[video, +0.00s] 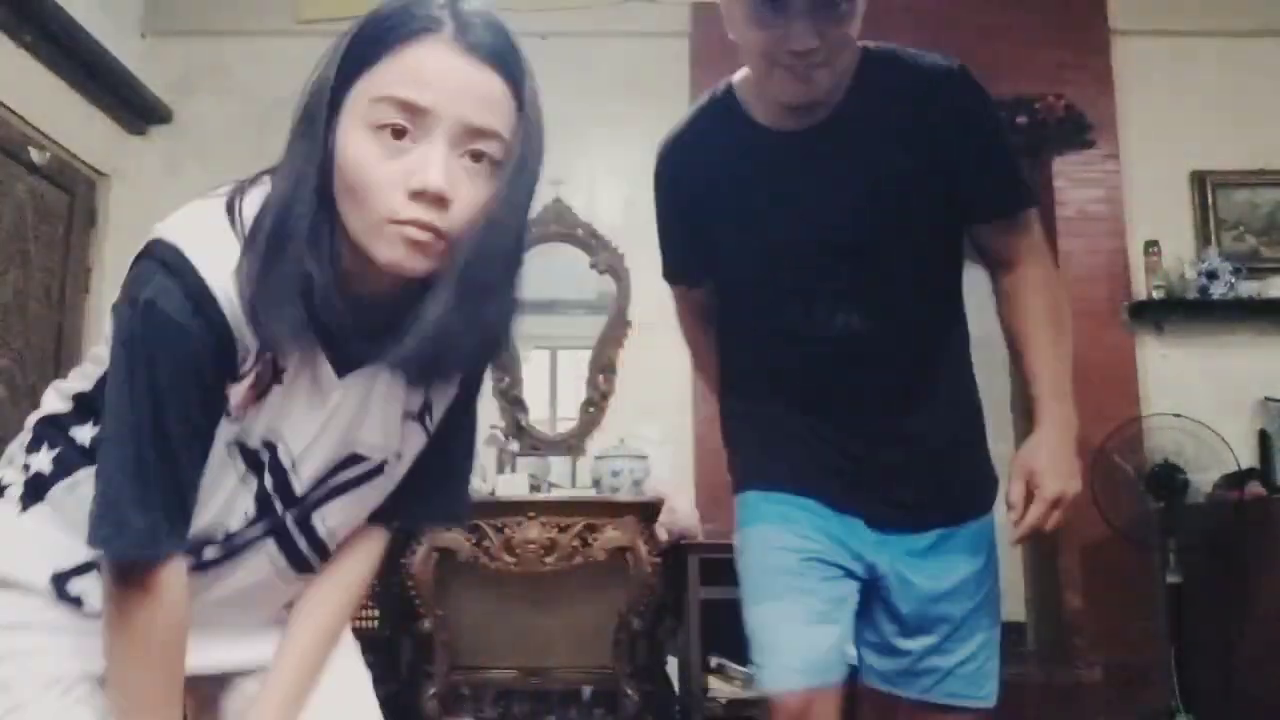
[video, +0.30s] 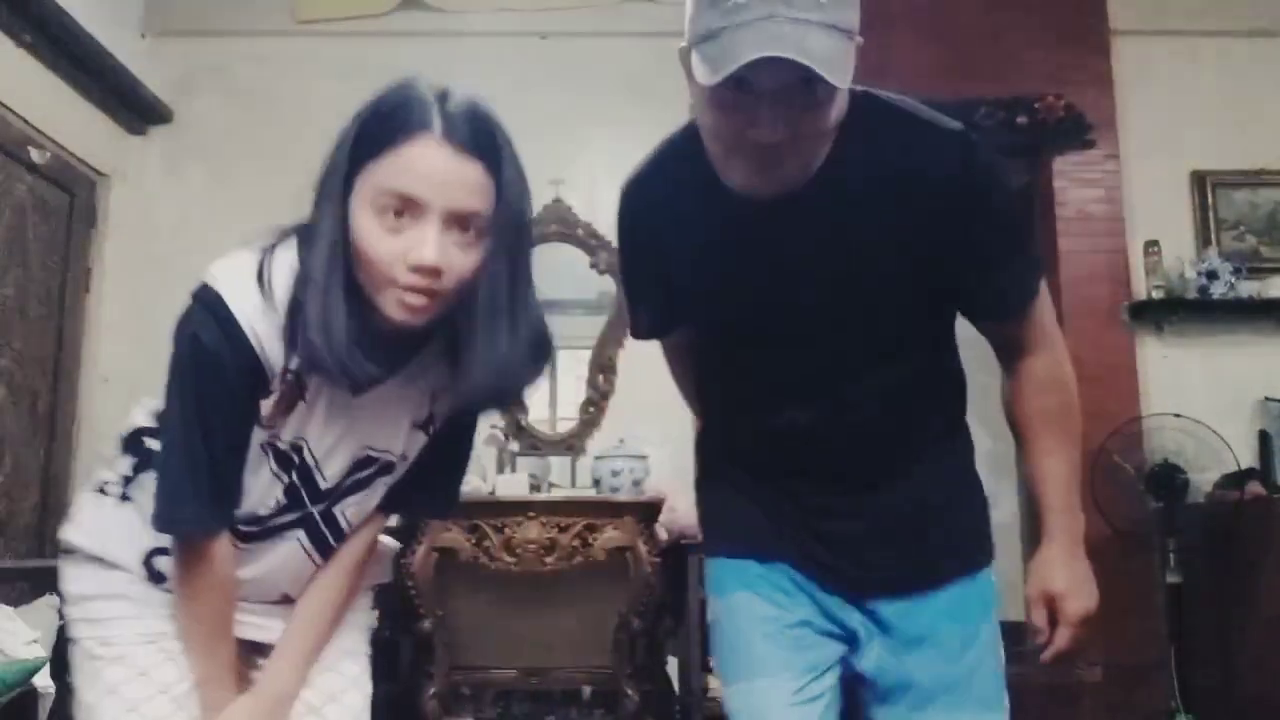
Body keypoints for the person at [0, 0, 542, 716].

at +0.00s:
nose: (434, 183)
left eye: (479, 156)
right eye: (397, 131)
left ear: (509, 187)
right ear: (327, 129)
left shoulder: (459, 309)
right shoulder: (192, 280)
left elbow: (371, 528)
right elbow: (146, 572)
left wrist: (272, 707)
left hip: (276, 608)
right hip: (69, 597)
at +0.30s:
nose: (429, 258)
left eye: (465, 229)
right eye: (398, 212)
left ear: (492, 246)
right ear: (343, 203)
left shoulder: (465, 355)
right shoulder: (238, 311)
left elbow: (362, 530)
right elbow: (202, 540)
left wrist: (274, 695)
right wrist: (224, 702)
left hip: (314, 589)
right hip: (144, 573)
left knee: (336, 712)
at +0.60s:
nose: (398, 212)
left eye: (428, 189)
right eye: (371, 178)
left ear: (453, 206)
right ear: (324, 179)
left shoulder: (467, 306)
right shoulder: (251, 277)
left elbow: (407, 487)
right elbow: (239, 474)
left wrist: (321, 634)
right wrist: (265, 639)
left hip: (377, 557)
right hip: (231, 550)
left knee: (331, 709)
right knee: (215, 708)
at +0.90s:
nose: (381, 211)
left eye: (406, 196)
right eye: (362, 186)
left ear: (427, 215)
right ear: (328, 193)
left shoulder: (458, 315)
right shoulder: (279, 299)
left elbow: (447, 472)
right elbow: (269, 454)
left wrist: (394, 614)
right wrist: (263, 598)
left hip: (413, 562)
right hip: (300, 556)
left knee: (361, 703)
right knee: (281, 695)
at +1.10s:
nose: (425, 184)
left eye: (447, 174)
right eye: (411, 163)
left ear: (469, 195)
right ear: (381, 174)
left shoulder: (492, 295)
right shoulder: (336, 294)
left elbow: (494, 430)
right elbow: (321, 424)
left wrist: (461, 547)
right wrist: (310, 527)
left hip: (457, 546)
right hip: (358, 545)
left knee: (413, 707)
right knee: (340, 706)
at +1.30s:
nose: (490, 214)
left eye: (507, 205)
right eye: (482, 197)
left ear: (526, 221)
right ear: (459, 202)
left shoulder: (529, 313)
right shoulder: (427, 302)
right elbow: (415, 416)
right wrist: (377, 510)